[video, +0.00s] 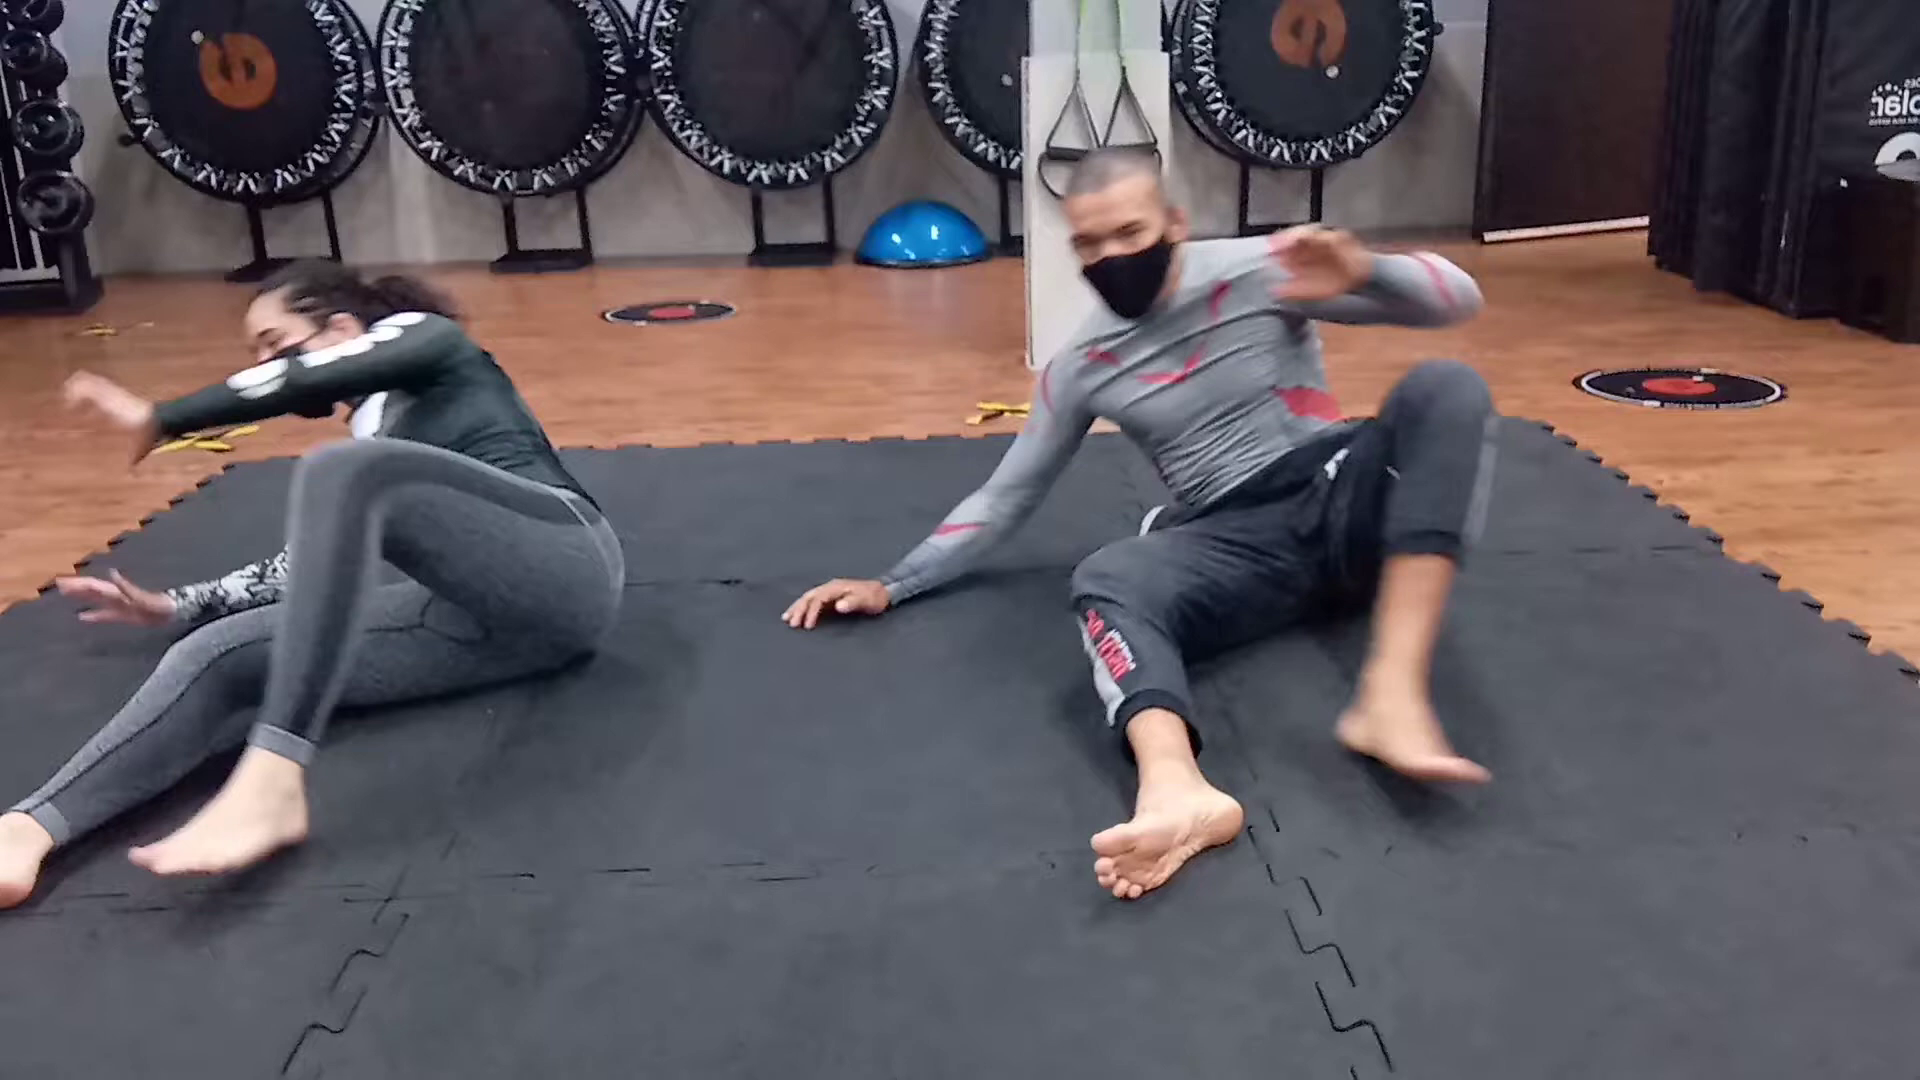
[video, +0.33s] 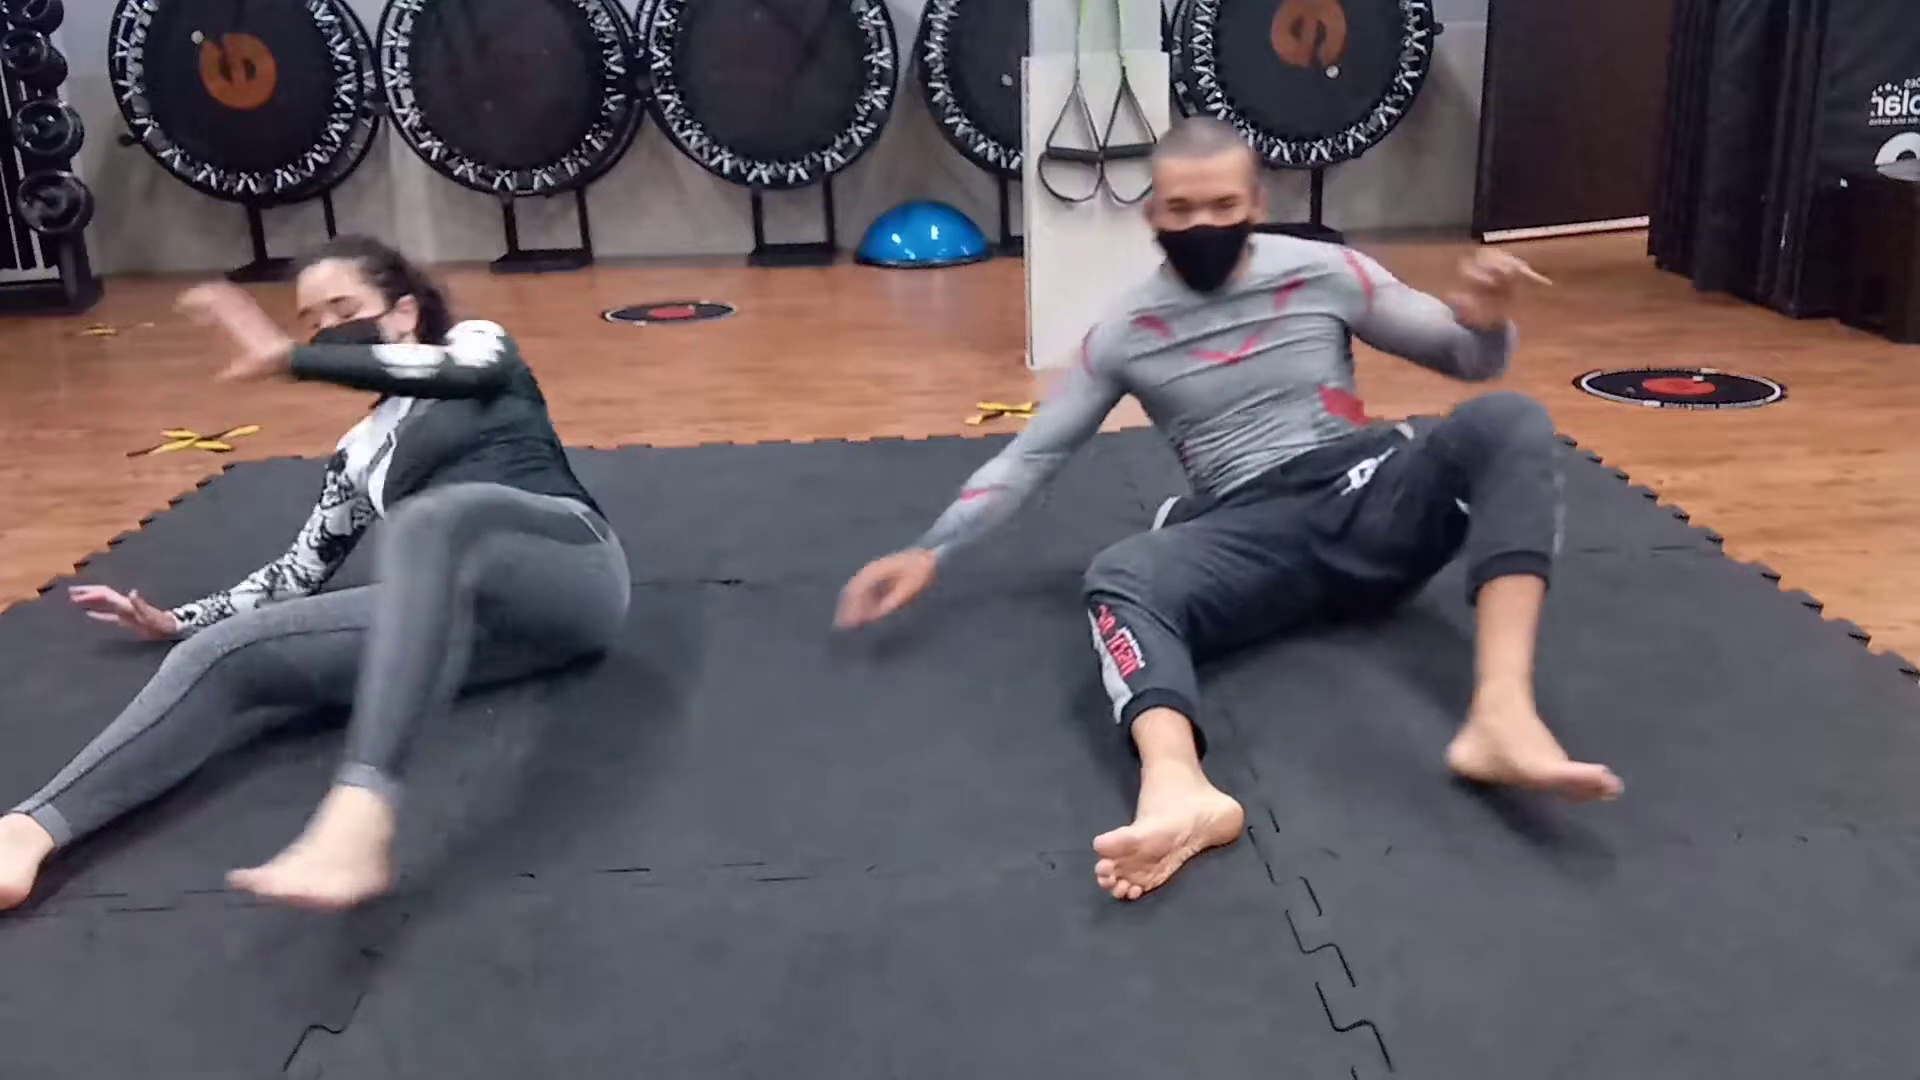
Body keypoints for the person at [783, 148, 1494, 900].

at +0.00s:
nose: (1110, 258)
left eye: (1129, 233)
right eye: (1088, 242)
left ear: (1173, 222)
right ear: (1070, 246)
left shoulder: (1261, 265)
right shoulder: (1079, 365)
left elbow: (1458, 300)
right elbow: (1003, 497)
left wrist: (1372, 277)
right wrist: (892, 587)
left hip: (1337, 494)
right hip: (1225, 543)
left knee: (1448, 388)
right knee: (1109, 578)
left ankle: (1393, 694)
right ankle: (1175, 787)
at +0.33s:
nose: (1201, 225)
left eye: (1221, 205)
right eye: (1179, 208)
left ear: (1256, 203)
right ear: (1151, 215)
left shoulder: (1324, 267)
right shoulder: (1125, 330)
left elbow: (1469, 361)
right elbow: (1028, 456)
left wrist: (1489, 319)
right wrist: (930, 551)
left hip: (1363, 486)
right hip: (1239, 529)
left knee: (1511, 425)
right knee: (1123, 576)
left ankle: (1504, 714)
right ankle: (1177, 786)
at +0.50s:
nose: (1257, 220)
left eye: (1276, 201)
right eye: (1235, 202)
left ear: (1302, 194)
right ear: (1197, 200)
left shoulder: (1350, 279)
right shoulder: (1150, 318)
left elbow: (1467, 375)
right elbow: (1077, 429)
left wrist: (1533, 358)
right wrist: (1034, 476)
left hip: (1376, 489)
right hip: (1245, 527)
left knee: (1533, 438)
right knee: (1138, 570)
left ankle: (1520, 718)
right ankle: (1181, 785)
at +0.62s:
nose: (1292, 213)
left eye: (1312, 196)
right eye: (1272, 192)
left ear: (1334, 199)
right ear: (1229, 193)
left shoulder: (1369, 287)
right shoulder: (1169, 307)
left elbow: (1468, 393)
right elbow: (1083, 441)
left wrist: (1573, 377)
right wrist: (1107, 435)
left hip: (1382, 494)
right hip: (1252, 524)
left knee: (1552, 440)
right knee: (1148, 556)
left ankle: (1550, 716)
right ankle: (1184, 779)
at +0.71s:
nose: (1324, 211)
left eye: (1343, 195)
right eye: (1303, 189)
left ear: (1359, 198)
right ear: (1253, 189)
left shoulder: (1383, 295)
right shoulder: (1186, 301)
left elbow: (1468, 404)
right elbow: (1102, 440)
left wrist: (1571, 396)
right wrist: (1158, 410)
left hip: (1383, 502)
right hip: (1260, 523)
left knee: (1563, 441)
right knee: (1161, 554)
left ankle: (1585, 716)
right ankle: (1190, 781)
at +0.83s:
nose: (1363, 210)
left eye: (1382, 195)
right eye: (1345, 186)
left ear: (1397, 202)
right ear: (1292, 185)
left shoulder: (1407, 301)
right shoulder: (1214, 290)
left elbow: (1470, 419)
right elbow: (1150, 415)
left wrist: (1596, 420)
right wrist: (1241, 369)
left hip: (1404, 508)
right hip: (1277, 521)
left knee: (1593, 446)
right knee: (1191, 538)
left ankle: (1638, 713)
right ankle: (1205, 778)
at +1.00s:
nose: (1423, 212)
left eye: (1440, 198)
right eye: (1405, 188)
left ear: (1451, 205)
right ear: (1343, 183)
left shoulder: (1437, 312)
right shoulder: (1253, 279)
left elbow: (1490, 437)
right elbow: (1197, 387)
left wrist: (1636, 466)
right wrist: (1326, 337)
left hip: (1419, 519)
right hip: (1302, 520)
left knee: (1625, 458)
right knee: (1246, 503)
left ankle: (1681, 715)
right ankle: (1234, 756)